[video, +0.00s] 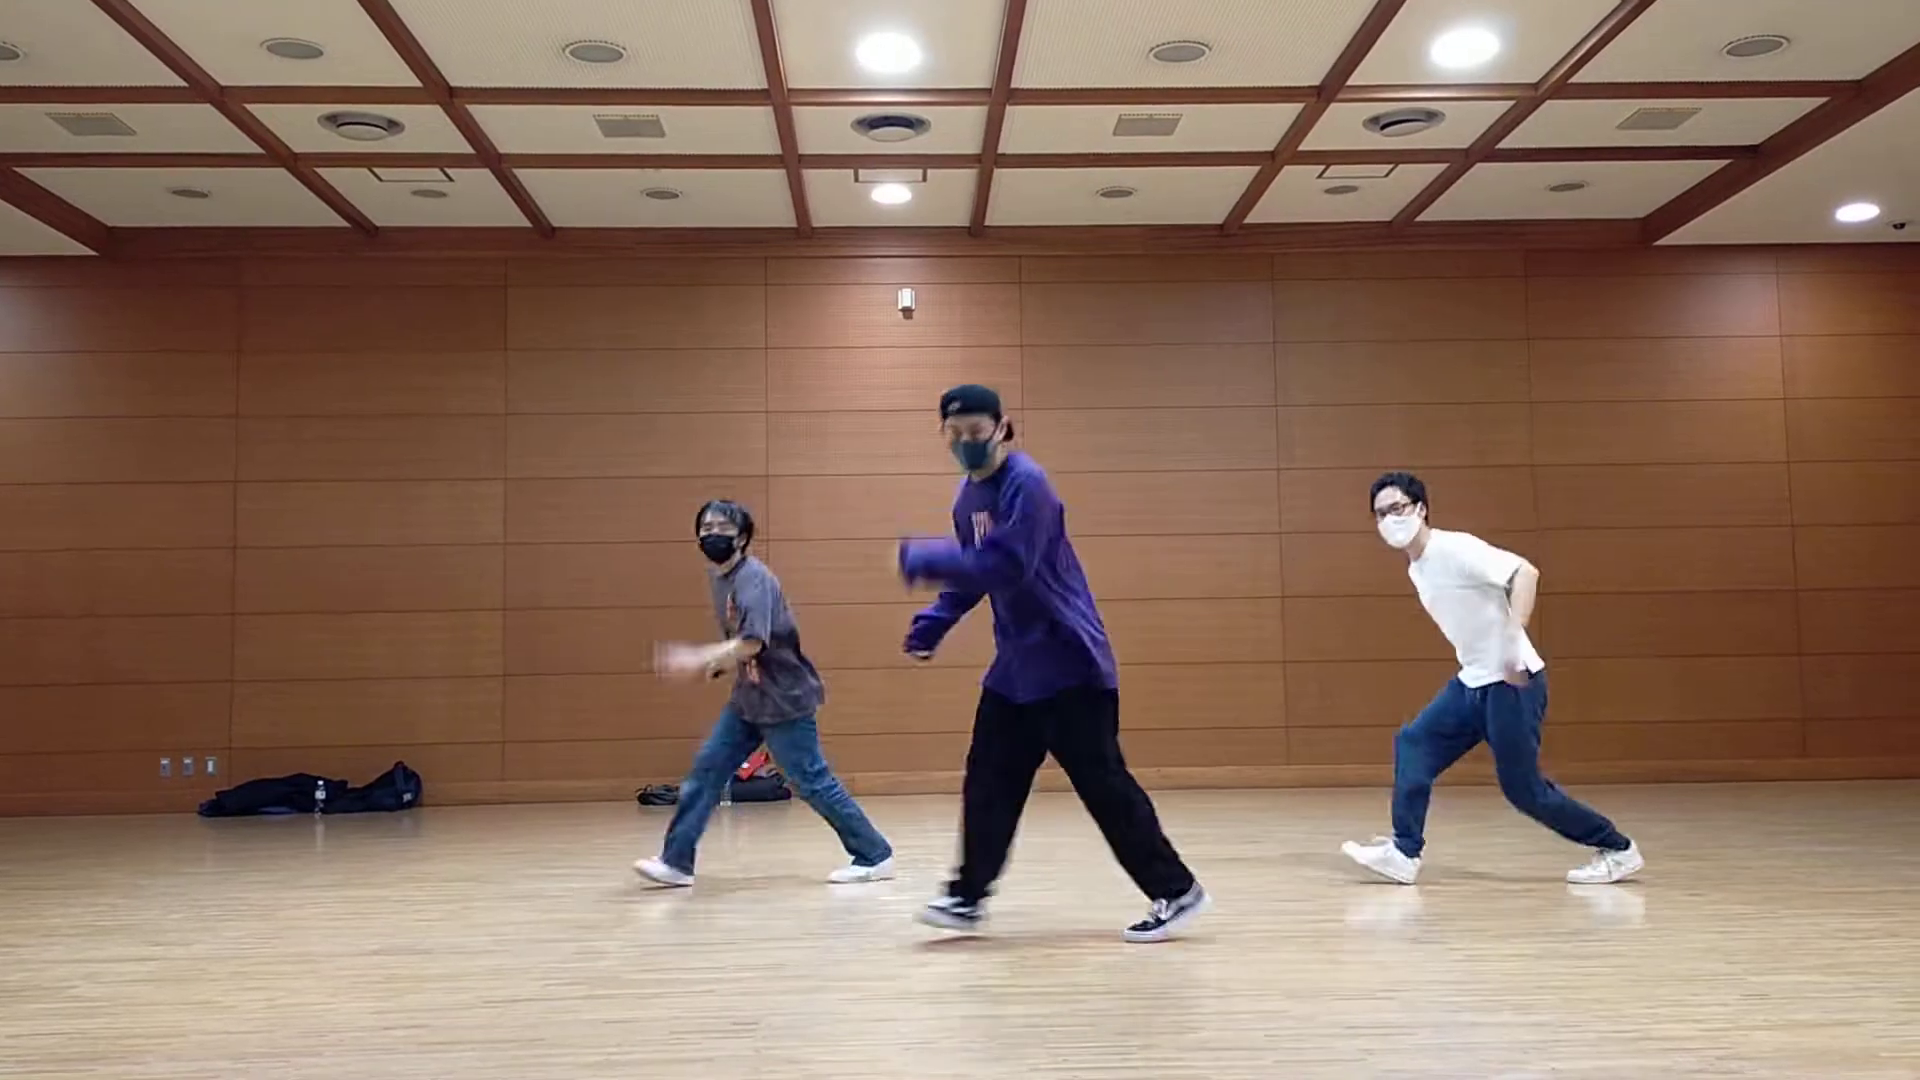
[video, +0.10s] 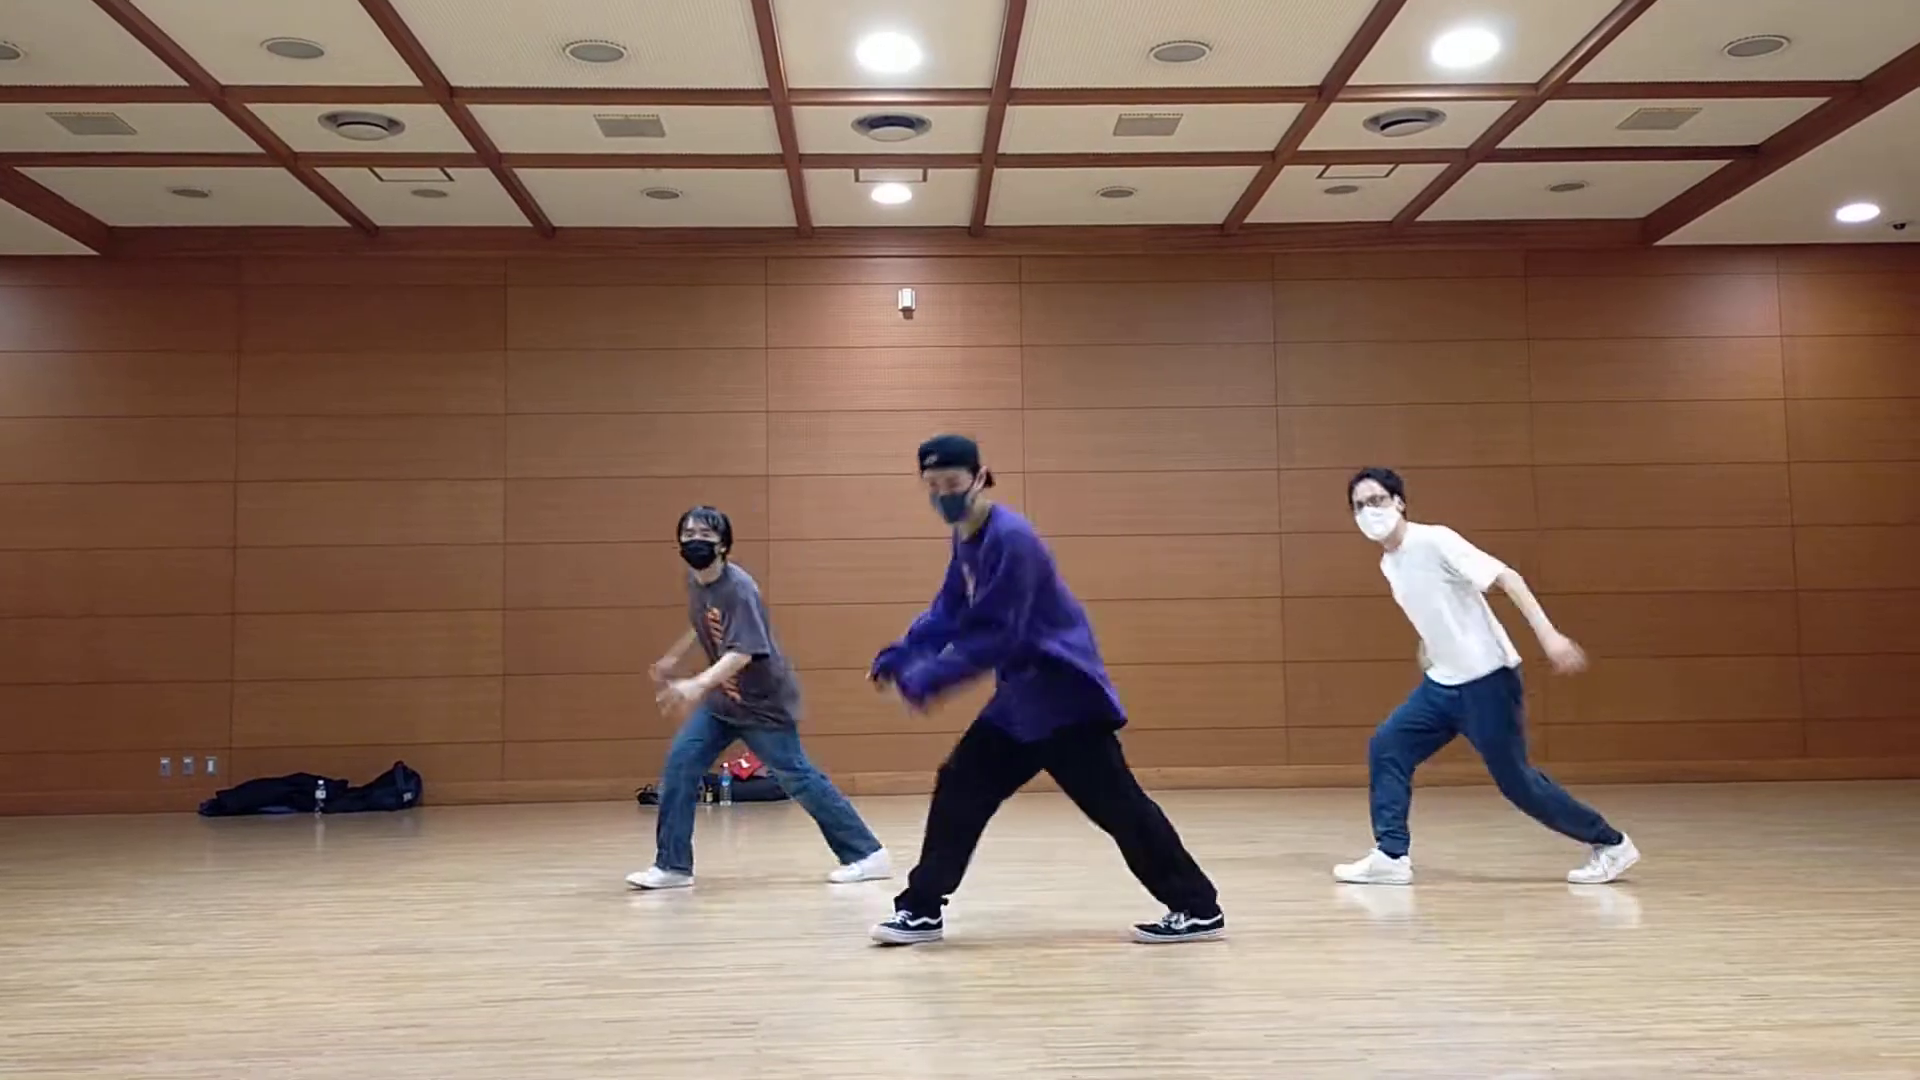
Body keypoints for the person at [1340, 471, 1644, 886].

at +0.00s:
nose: (1392, 519)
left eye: (1400, 509)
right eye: (1382, 514)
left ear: (1421, 509)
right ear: (1376, 524)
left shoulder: (1454, 548)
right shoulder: (1419, 569)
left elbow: (1524, 574)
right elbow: (1471, 607)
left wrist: (1513, 642)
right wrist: (1478, 660)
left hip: (1511, 682)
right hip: (1472, 684)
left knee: (1523, 789)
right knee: (1415, 744)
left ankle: (1618, 849)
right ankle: (1403, 852)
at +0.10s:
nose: (1370, 512)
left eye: (1377, 501)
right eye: (1360, 506)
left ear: (1398, 503)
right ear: (1354, 517)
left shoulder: (1437, 541)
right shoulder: (1389, 564)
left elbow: (1506, 577)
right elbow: (1430, 609)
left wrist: (1549, 636)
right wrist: (1427, 651)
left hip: (1488, 679)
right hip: (1443, 683)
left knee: (1517, 783)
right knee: (1388, 746)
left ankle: (1612, 845)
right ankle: (1391, 856)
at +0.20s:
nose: (1351, 486)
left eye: (1358, 476)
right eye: (1341, 480)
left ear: (1378, 477)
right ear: (1333, 489)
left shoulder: (1417, 518)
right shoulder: (1353, 542)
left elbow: (1479, 564)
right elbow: (1377, 589)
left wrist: (1539, 609)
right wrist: (1365, 629)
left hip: (1447, 655)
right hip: (1401, 664)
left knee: (1478, 756)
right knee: (1364, 745)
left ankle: (1569, 821)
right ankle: (1390, 857)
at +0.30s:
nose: (1335, 472)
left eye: (1343, 463)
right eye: (1325, 466)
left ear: (1361, 465)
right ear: (1316, 476)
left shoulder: (1401, 508)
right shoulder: (1323, 533)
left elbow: (1458, 556)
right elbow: (1336, 592)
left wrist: (1516, 605)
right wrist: (1312, 608)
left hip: (1416, 645)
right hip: (1365, 656)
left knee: (1413, 744)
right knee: (1349, 750)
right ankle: (1389, 856)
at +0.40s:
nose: (1323, 473)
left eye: (1332, 464)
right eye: (1313, 467)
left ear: (1347, 469)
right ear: (1300, 476)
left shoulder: (1383, 511)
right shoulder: (1297, 538)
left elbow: (1435, 567)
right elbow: (1302, 609)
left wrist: (1479, 619)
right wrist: (1274, 594)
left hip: (1387, 646)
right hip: (1332, 653)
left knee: (1369, 747)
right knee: (1330, 753)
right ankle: (1380, 853)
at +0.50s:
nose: (1311, 482)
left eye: (1319, 474)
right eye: (1300, 475)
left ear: (1332, 478)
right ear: (1286, 482)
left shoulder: (1366, 524)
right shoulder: (1275, 543)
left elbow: (1401, 589)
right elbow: (1274, 616)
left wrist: (1436, 647)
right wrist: (1251, 567)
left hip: (1361, 658)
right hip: (1305, 658)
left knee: (1339, 759)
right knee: (1310, 752)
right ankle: (1343, 845)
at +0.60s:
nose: (1303, 487)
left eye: (1312, 479)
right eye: (1294, 479)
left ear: (1323, 484)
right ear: (1277, 483)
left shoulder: (1345, 535)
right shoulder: (1259, 539)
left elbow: (1367, 604)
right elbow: (1249, 605)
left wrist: (1389, 661)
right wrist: (1262, 542)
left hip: (1335, 666)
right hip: (1282, 661)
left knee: (1311, 763)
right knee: (1289, 743)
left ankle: (1258, 840)